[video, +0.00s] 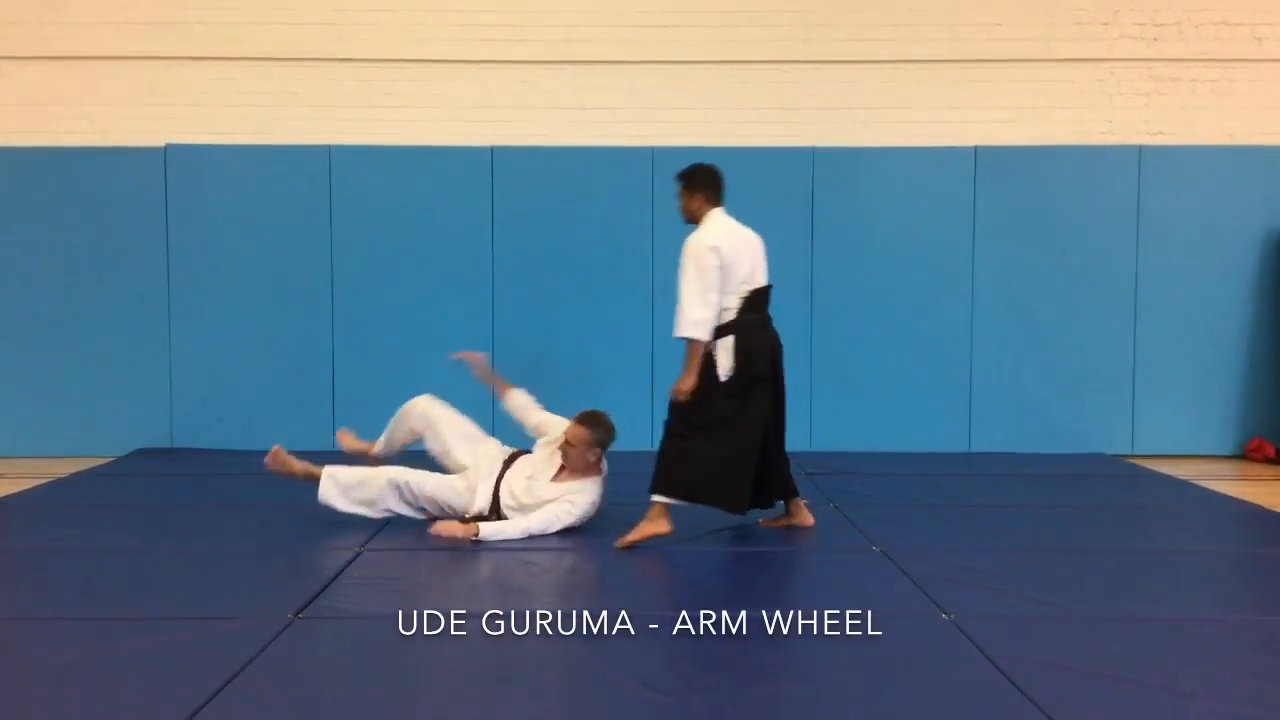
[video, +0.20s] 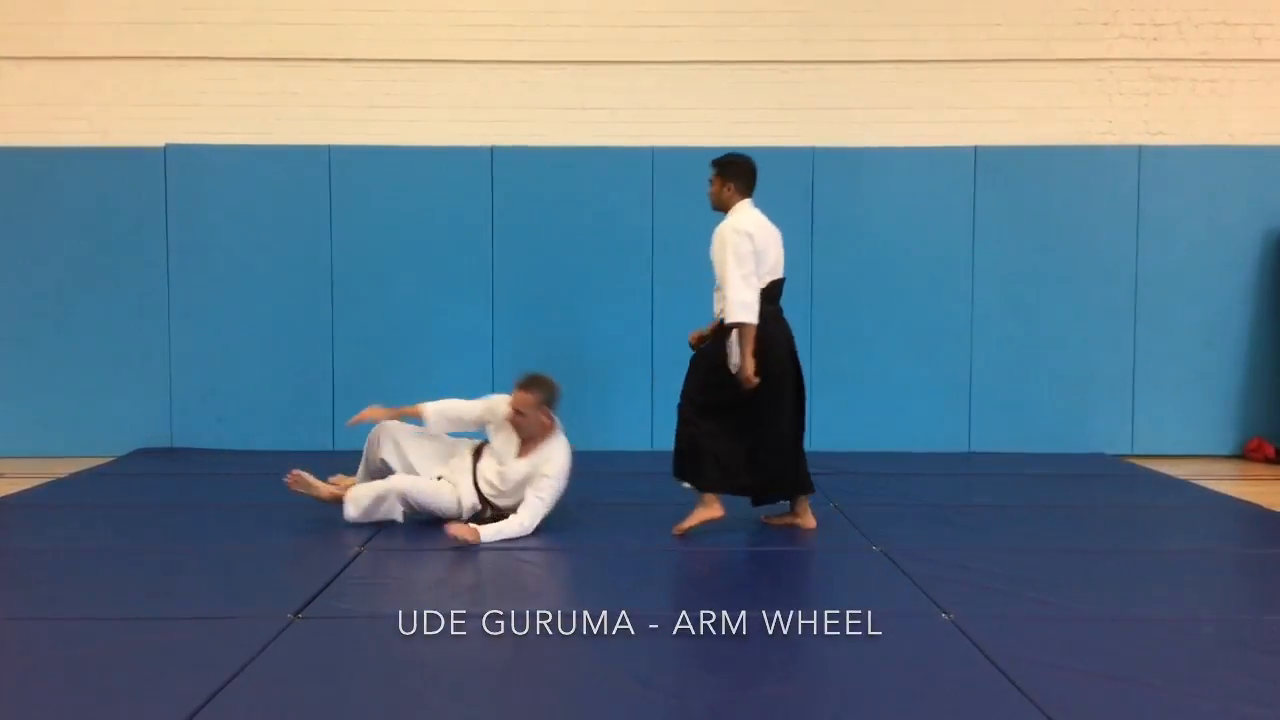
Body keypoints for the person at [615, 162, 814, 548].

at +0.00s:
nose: (679, 204)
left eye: (682, 196)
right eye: (680, 196)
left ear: (697, 197)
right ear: (715, 197)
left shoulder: (702, 242)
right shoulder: (748, 236)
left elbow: (701, 312)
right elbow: (755, 296)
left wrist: (690, 372)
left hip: (728, 346)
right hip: (762, 340)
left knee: (681, 418)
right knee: (765, 425)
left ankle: (658, 512)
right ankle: (795, 507)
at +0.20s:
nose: (708, 190)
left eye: (712, 184)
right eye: (710, 183)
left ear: (728, 187)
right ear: (742, 188)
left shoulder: (731, 230)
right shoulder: (766, 225)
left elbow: (743, 295)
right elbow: (753, 293)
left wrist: (746, 355)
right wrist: (713, 330)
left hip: (741, 334)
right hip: (771, 330)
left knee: (694, 411)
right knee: (782, 419)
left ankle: (707, 499)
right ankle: (801, 508)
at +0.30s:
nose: (712, 186)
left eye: (716, 179)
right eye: (714, 179)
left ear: (733, 184)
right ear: (744, 185)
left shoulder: (736, 226)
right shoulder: (763, 222)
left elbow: (749, 293)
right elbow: (752, 291)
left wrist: (748, 350)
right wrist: (710, 321)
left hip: (741, 334)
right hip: (769, 330)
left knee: (697, 408)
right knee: (784, 417)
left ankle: (709, 497)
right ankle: (802, 508)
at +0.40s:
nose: (708, 187)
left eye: (713, 180)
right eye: (710, 180)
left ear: (733, 185)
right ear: (739, 186)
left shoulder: (739, 226)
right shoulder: (752, 221)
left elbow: (747, 292)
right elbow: (745, 290)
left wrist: (739, 350)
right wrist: (707, 318)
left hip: (737, 335)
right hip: (762, 330)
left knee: (694, 410)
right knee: (779, 417)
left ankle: (694, 500)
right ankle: (801, 508)